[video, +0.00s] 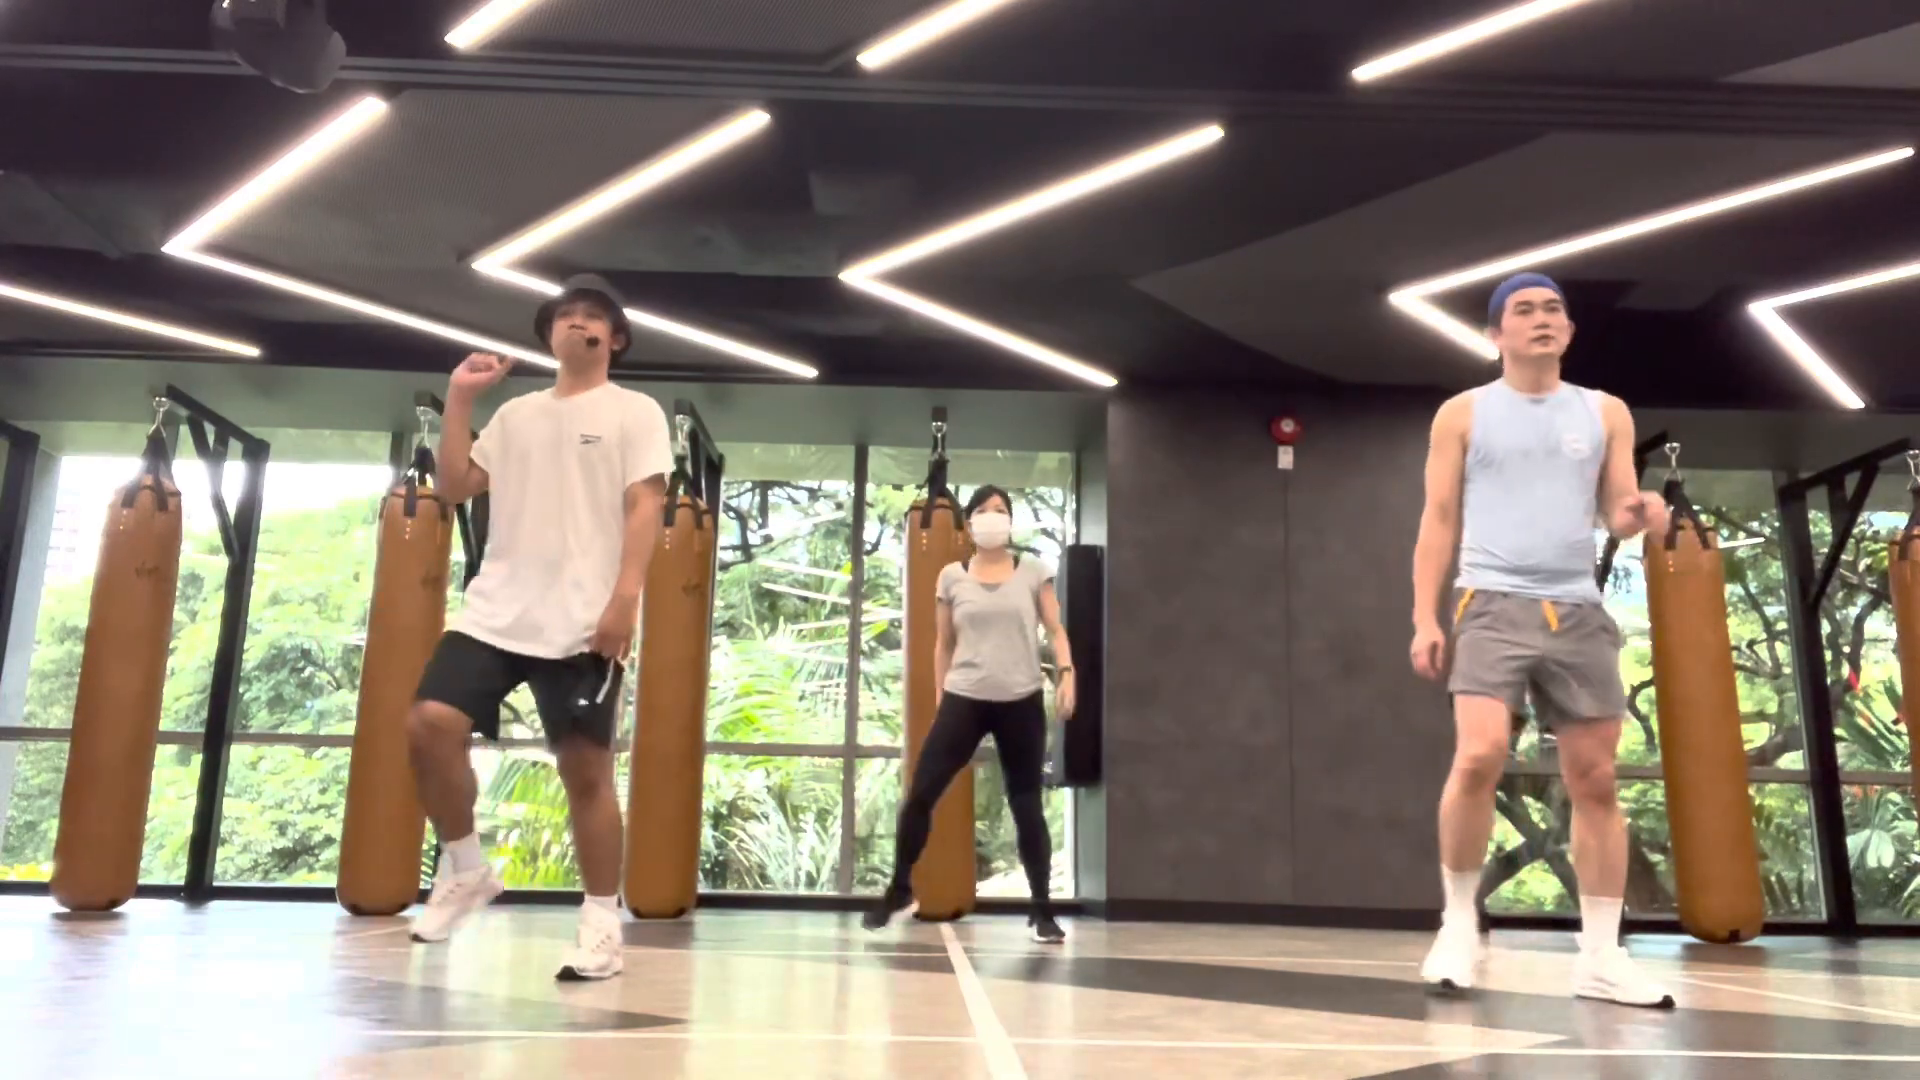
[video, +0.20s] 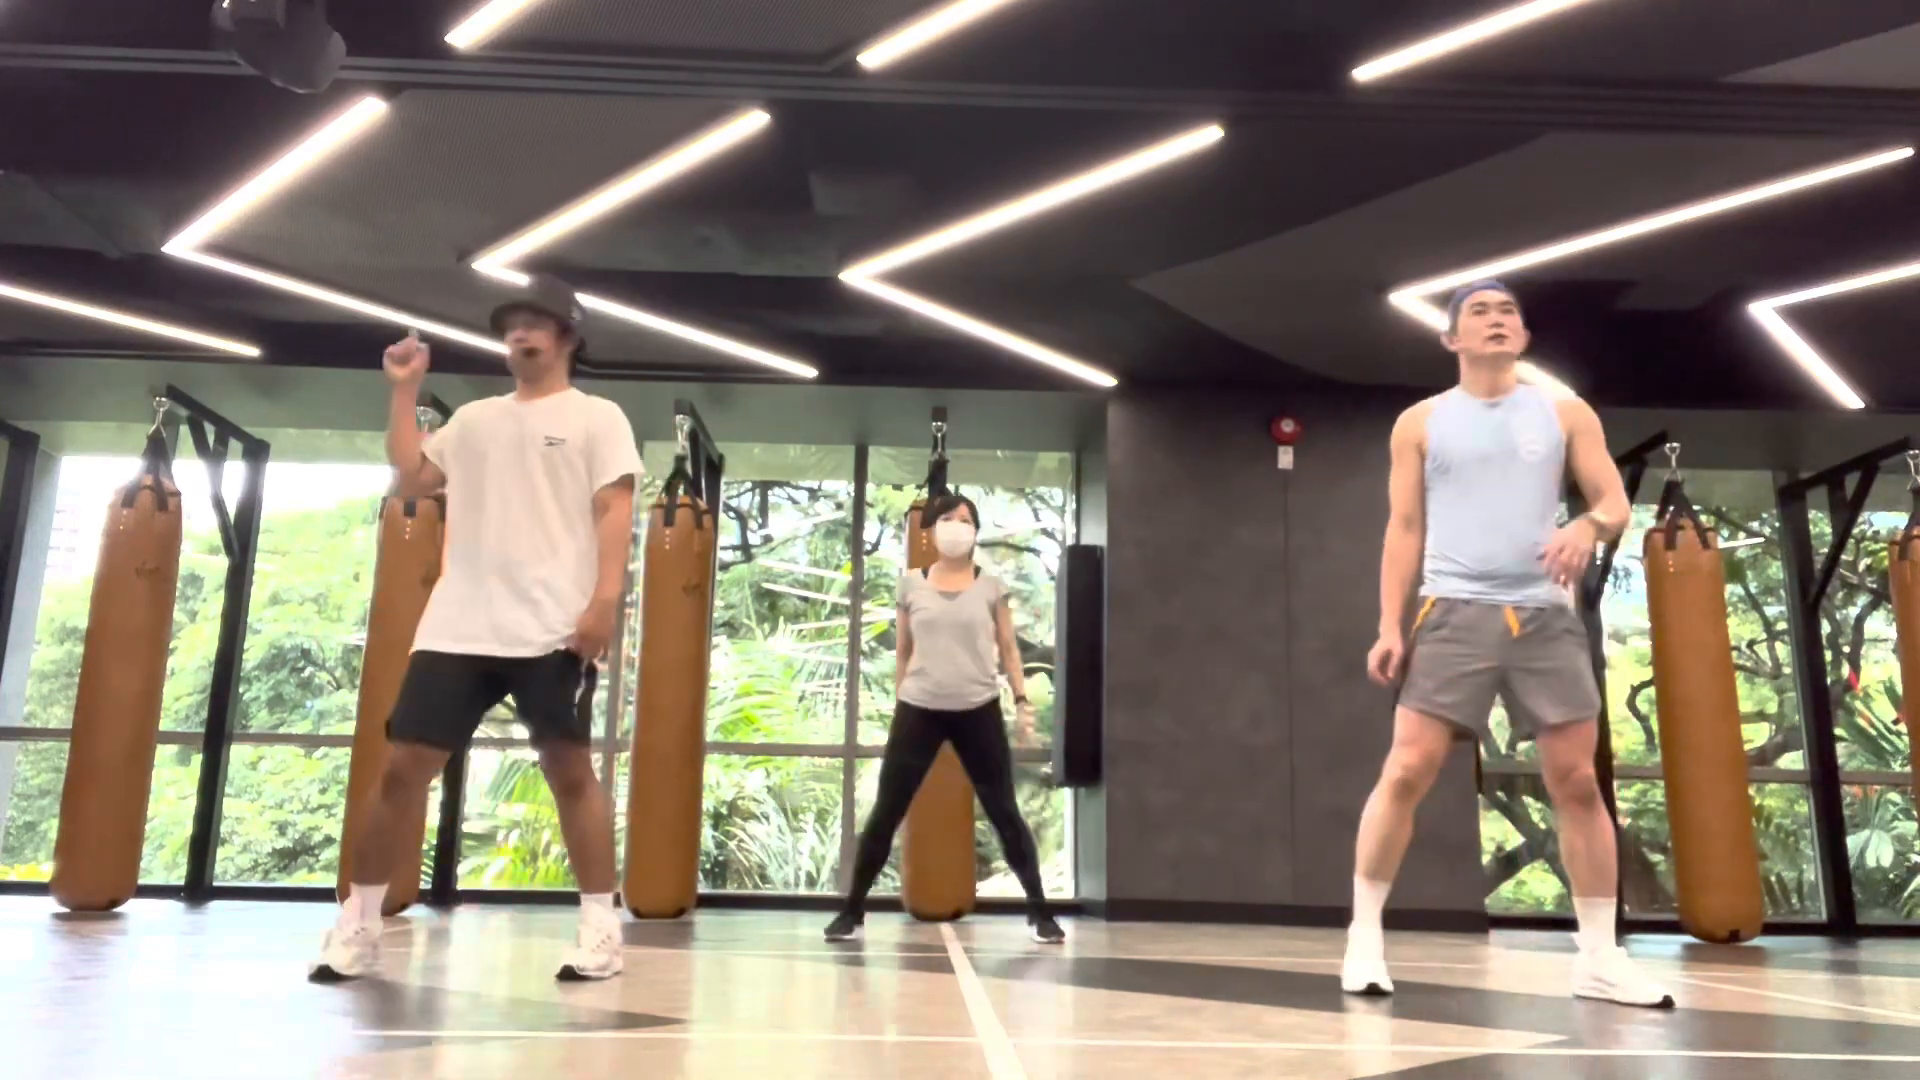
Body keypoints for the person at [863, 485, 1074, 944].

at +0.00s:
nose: (993, 519)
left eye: (1000, 512)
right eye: (984, 512)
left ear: (1011, 523)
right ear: (970, 524)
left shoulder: (1032, 571)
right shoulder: (952, 576)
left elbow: (1054, 628)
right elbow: (943, 641)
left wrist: (1067, 677)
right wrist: (943, 695)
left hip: (1021, 701)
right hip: (963, 699)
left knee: (1027, 806)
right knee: (921, 795)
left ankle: (1042, 911)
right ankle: (900, 888)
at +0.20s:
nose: (961, 527)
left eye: (967, 521)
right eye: (951, 520)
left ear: (977, 534)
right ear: (931, 533)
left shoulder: (991, 585)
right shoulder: (911, 583)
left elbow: (1009, 647)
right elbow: (903, 651)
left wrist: (1022, 702)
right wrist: (902, 702)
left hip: (978, 709)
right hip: (919, 709)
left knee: (1004, 811)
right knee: (886, 811)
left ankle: (1039, 910)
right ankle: (852, 910)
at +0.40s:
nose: (925, 516)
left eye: (935, 511)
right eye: (916, 508)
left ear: (946, 527)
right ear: (901, 521)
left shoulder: (956, 578)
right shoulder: (874, 568)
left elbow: (961, 643)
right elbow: (847, 631)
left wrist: (964, 696)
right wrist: (831, 689)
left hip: (934, 700)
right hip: (875, 699)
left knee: (960, 795)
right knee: (866, 806)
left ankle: (991, 891)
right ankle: (850, 910)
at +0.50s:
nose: (917, 514)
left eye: (926, 509)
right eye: (909, 507)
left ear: (938, 523)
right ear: (894, 519)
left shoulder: (946, 576)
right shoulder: (867, 562)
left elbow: (948, 640)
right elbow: (833, 623)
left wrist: (944, 689)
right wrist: (810, 677)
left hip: (926, 695)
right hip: (869, 695)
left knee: (926, 792)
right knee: (861, 807)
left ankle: (938, 894)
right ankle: (851, 911)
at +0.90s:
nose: (927, 517)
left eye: (937, 512)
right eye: (919, 509)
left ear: (947, 527)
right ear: (902, 521)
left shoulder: (952, 579)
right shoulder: (874, 560)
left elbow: (953, 646)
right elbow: (842, 617)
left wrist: (959, 700)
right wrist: (832, 673)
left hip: (932, 698)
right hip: (875, 697)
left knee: (972, 787)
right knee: (865, 805)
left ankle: (978, 888)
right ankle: (850, 909)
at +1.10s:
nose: (963, 525)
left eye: (970, 520)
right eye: (953, 519)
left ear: (979, 535)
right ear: (933, 533)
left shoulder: (989, 591)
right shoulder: (913, 574)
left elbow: (988, 650)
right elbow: (884, 636)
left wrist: (992, 700)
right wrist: (868, 695)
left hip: (971, 711)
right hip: (913, 708)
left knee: (1004, 808)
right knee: (887, 810)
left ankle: (1040, 908)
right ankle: (851, 909)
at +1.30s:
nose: (1001, 518)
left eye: (1008, 512)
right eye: (992, 512)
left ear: (1019, 526)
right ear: (976, 526)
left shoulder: (1033, 580)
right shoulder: (957, 567)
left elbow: (1041, 647)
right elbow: (932, 633)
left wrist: (1049, 698)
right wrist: (918, 691)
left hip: (1014, 708)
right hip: (958, 703)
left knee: (1029, 811)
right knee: (924, 803)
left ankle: (1040, 913)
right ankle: (881, 896)